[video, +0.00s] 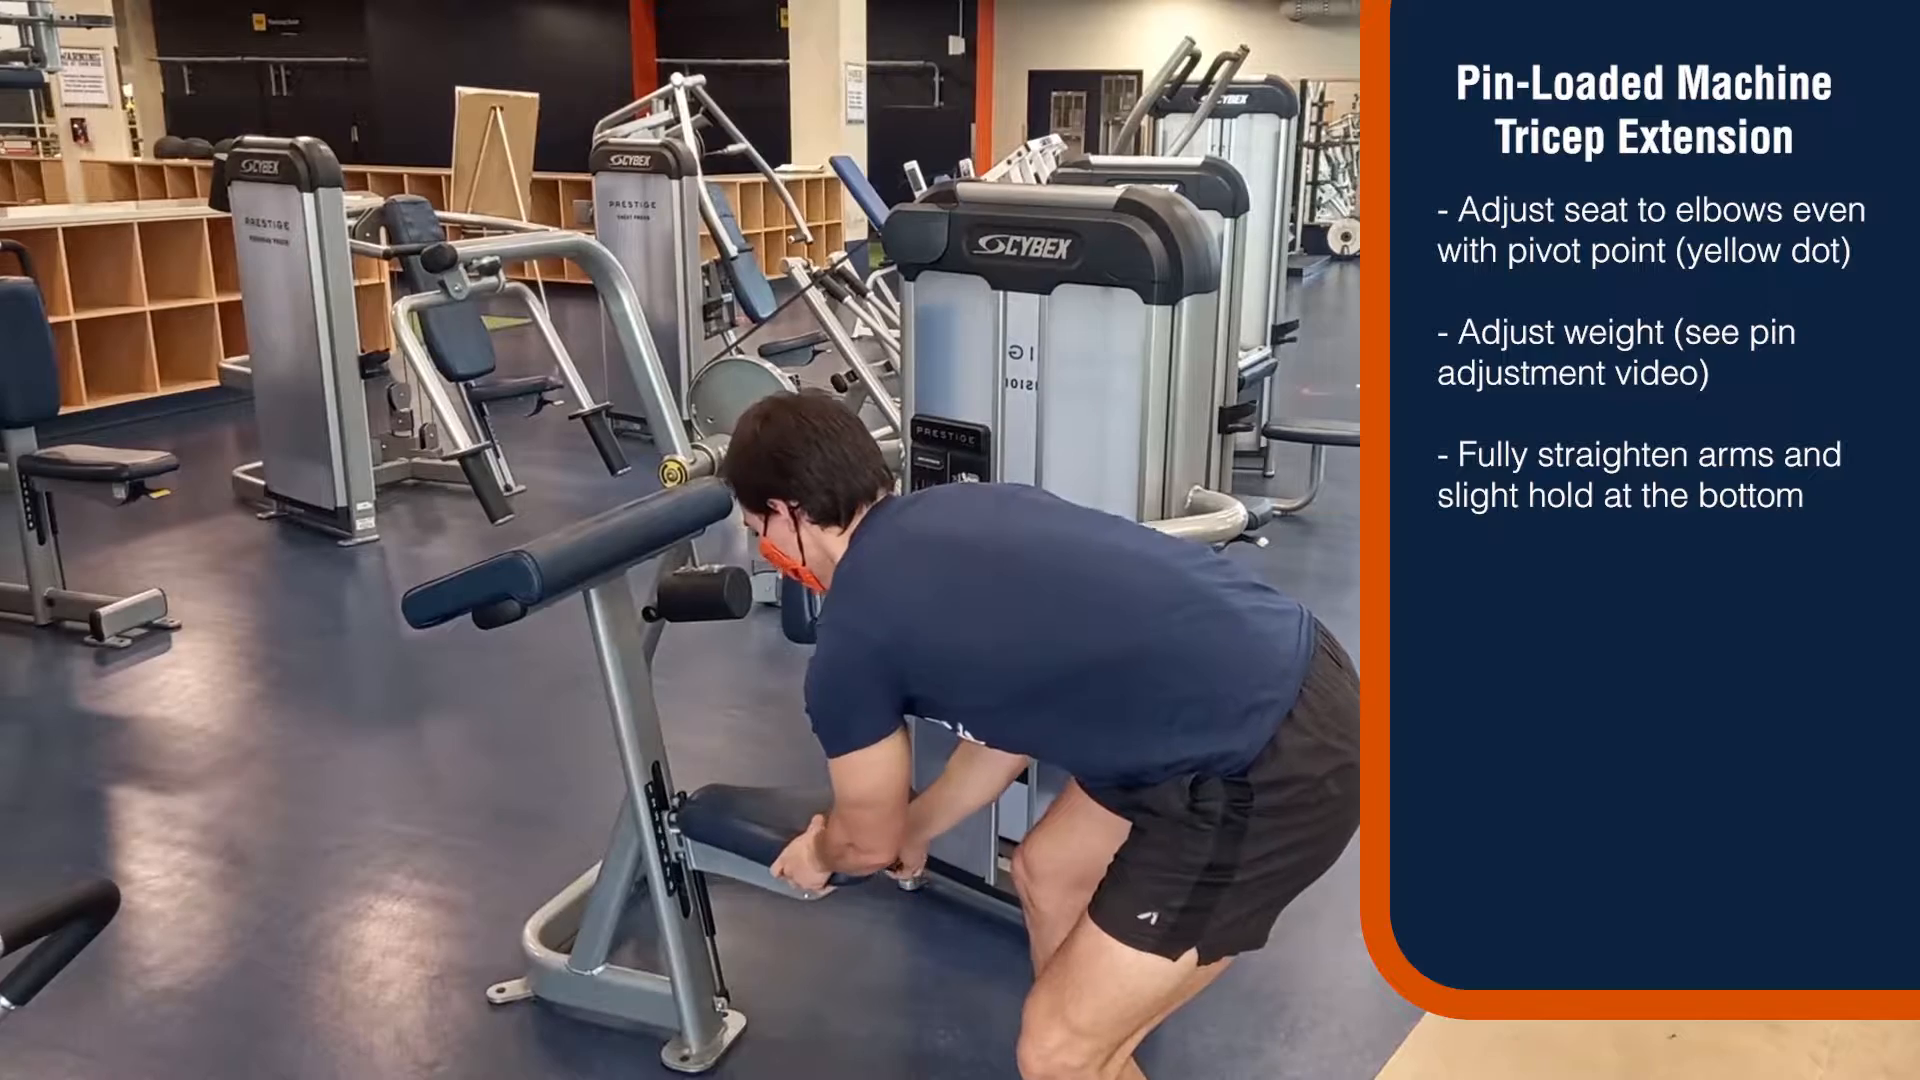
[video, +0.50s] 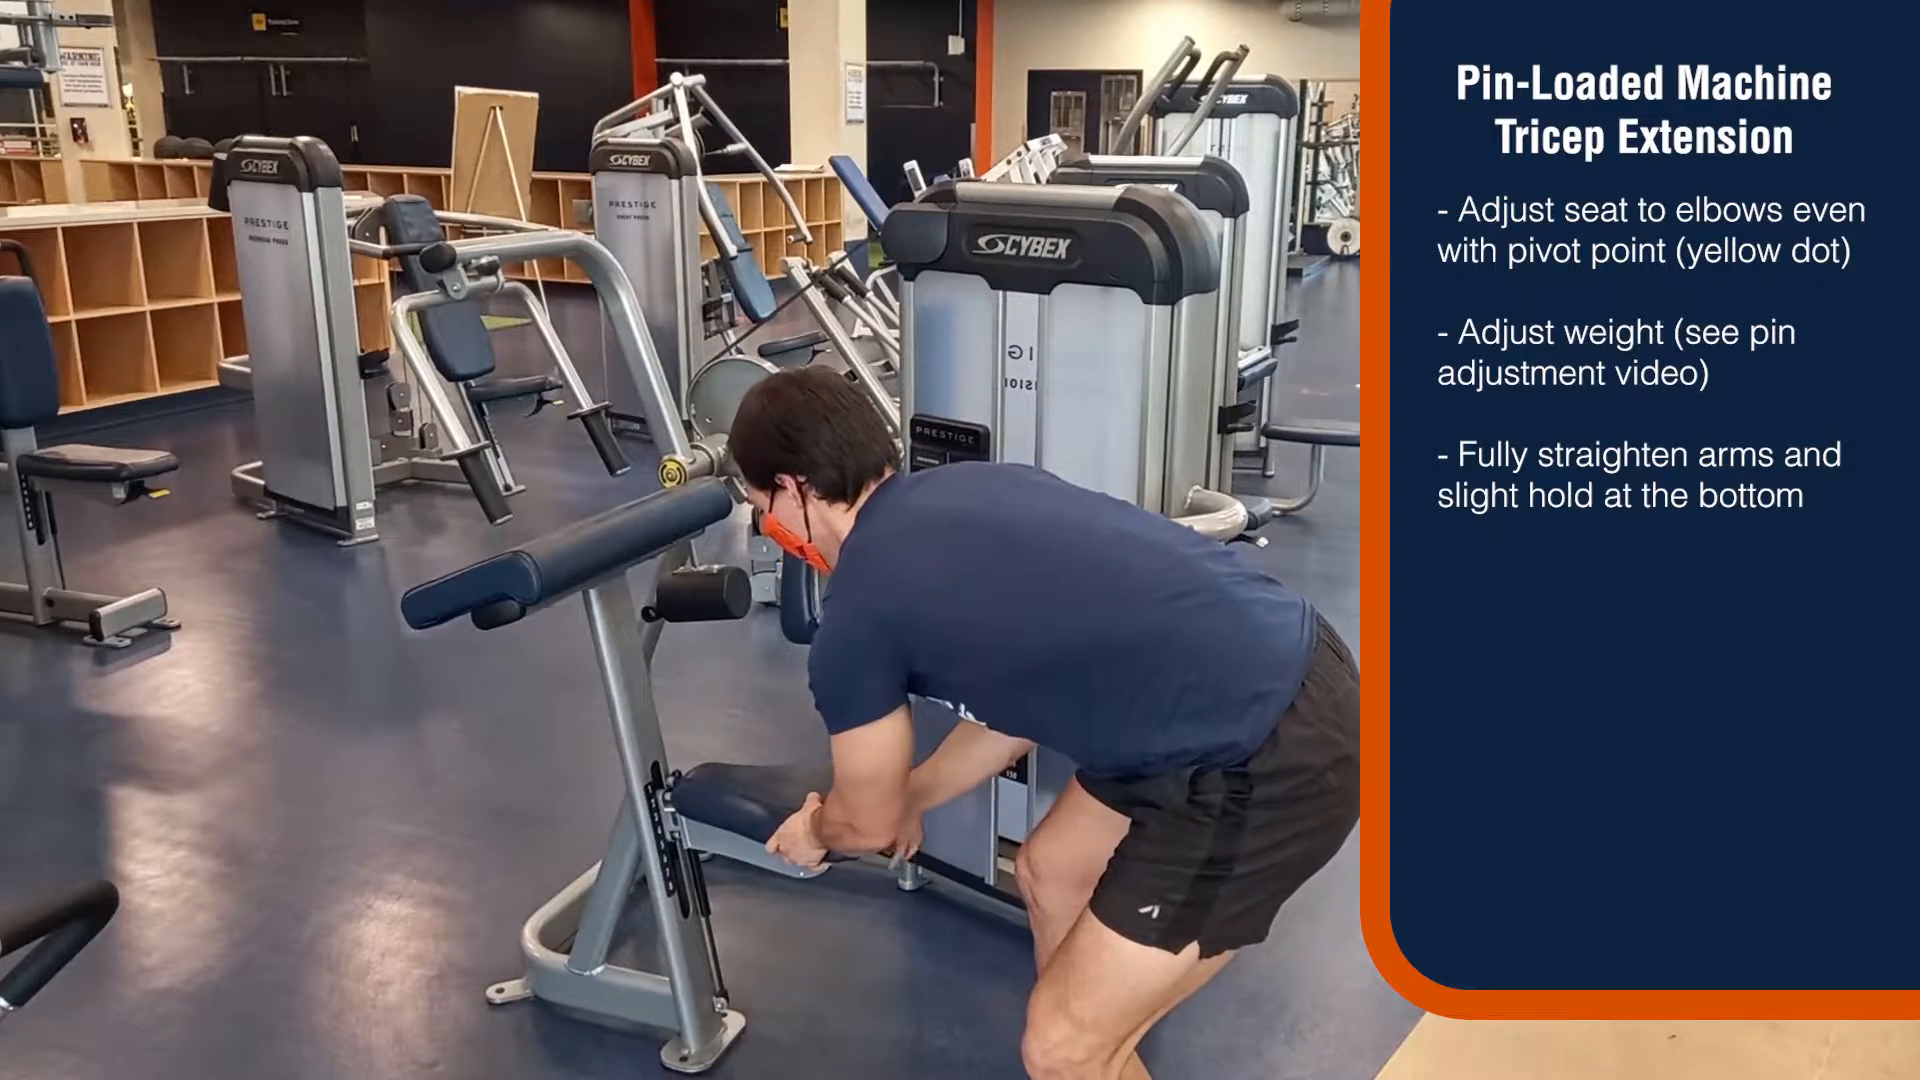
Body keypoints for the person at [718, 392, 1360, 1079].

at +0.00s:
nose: (763, 555)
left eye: (756, 532)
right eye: (754, 536)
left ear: (787, 519)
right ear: (869, 473)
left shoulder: (852, 640)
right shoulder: (966, 510)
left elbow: (871, 842)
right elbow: (1019, 718)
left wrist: (818, 852)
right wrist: (911, 832)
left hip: (1259, 752)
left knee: (1061, 1051)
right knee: (1049, 876)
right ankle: (1105, 1060)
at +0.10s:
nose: (763, 549)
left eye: (756, 525)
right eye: (754, 529)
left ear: (789, 511)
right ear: (870, 469)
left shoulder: (852, 631)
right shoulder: (972, 505)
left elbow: (871, 841)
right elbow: (1026, 712)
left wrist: (815, 844)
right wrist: (909, 824)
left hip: (1258, 756)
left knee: (1060, 1052)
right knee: (1049, 876)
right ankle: (1106, 1056)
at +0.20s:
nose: (762, 541)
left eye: (757, 518)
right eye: (754, 522)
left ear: (792, 505)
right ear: (871, 464)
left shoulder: (854, 620)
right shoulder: (970, 500)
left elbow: (869, 837)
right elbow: (1029, 708)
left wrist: (818, 836)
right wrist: (906, 820)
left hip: (1257, 753)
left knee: (1060, 1051)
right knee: (1050, 875)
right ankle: (1106, 1057)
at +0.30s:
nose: (765, 538)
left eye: (758, 516)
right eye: (756, 520)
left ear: (792, 501)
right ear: (872, 460)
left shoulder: (854, 619)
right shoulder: (970, 499)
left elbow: (869, 834)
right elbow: (1030, 705)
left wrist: (817, 832)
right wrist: (910, 810)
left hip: (1257, 751)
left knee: (1062, 1052)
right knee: (1051, 876)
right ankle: (1109, 1055)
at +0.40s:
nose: (764, 532)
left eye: (757, 510)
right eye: (755, 514)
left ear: (792, 494)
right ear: (873, 456)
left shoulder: (856, 610)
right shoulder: (974, 491)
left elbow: (865, 827)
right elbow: (1028, 702)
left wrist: (816, 828)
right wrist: (901, 804)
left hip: (1256, 751)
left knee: (1064, 1049)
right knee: (1051, 872)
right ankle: (1105, 1052)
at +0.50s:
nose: (761, 526)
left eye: (757, 504)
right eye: (754, 508)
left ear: (795, 492)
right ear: (874, 453)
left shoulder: (858, 607)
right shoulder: (970, 487)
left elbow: (867, 825)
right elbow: (1032, 692)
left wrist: (815, 829)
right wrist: (903, 801)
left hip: (1258, 747)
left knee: (1067, 1047)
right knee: (1052, 872)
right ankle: (1110, 1051)